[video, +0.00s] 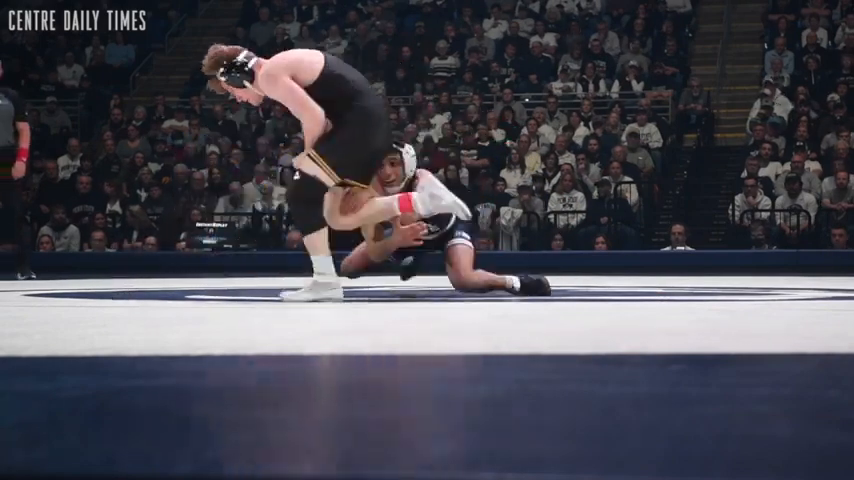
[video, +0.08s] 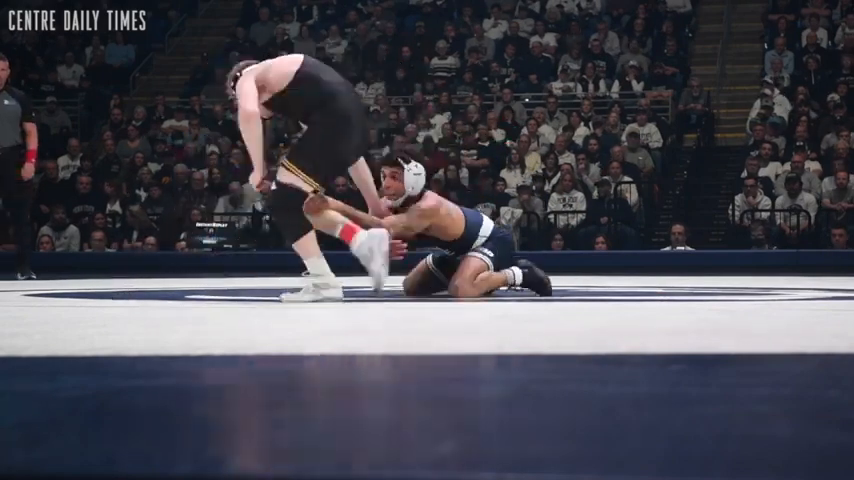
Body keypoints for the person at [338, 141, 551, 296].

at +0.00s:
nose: (387, 172)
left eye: (393, 164)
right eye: (381, 165)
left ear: (407, 165)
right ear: (373, 169)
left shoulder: (424, 182)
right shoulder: (369, 194)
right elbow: (372, 250)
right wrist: (394, 242)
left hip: (450, 227)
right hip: (404, 232)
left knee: (462, 280)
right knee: (348, 267)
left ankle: (514, 283)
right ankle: (402, 259)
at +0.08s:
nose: (385, 183)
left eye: (392, 178)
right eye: (384, 177)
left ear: (411, 184)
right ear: (384, 181)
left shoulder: (427, 206)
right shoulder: (396, 209)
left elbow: (383, 227)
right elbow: (369, 230)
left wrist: (333, 205)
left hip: (491, 242)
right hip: (458, 246)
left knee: (462, 289)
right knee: (412, 288)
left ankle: (518, 275)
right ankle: (468, 278)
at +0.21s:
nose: (388, 185)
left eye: (394, 179)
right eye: (388, 180)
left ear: (413, 182)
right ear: (399, 183)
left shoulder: (428, 207)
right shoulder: (411, 213)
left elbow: (379, 219)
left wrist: (321, 205)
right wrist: (379, 285)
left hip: (517, 236)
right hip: (486, 241)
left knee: (475, 285)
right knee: (439, 287)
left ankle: (538, 270)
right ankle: (496, 272)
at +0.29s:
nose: (385, 177)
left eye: (391, 172)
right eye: (386, 171)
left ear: (408, 176)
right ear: (405, 172)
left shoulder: (426, 199)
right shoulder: (424, 186)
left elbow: (363, 215)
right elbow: (434, 220)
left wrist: (305, 208)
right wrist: (417, 255)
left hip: (510, 228)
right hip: (475, 233)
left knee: (483, 278)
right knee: (436, 282)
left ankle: (536, 272)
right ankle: (490, 270)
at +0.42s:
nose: (363, 179)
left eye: (368, 174)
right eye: (362, 173)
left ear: (382, 167)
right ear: (377, 162)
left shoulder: (401, 182)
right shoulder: (391, 163)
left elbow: (334, 204)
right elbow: (375, 195)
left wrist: (276, 208)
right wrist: (357, 214)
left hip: (486, 219)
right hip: (446, 219)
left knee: (497, 287)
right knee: (391, 256)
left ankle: (540, 270)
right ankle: (447, 264)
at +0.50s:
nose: (322, 172)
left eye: (325, 167)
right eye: (320, 165)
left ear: (341, 160)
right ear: (335, 156)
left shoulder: (365, 170)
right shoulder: (348, 167)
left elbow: (301, 195)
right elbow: (303, 196)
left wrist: (249, 206)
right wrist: (267, 208)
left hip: (463, 207)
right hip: (422, 209)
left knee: (498, 289)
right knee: (362, 246)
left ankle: (541, 269)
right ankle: (414, 245)